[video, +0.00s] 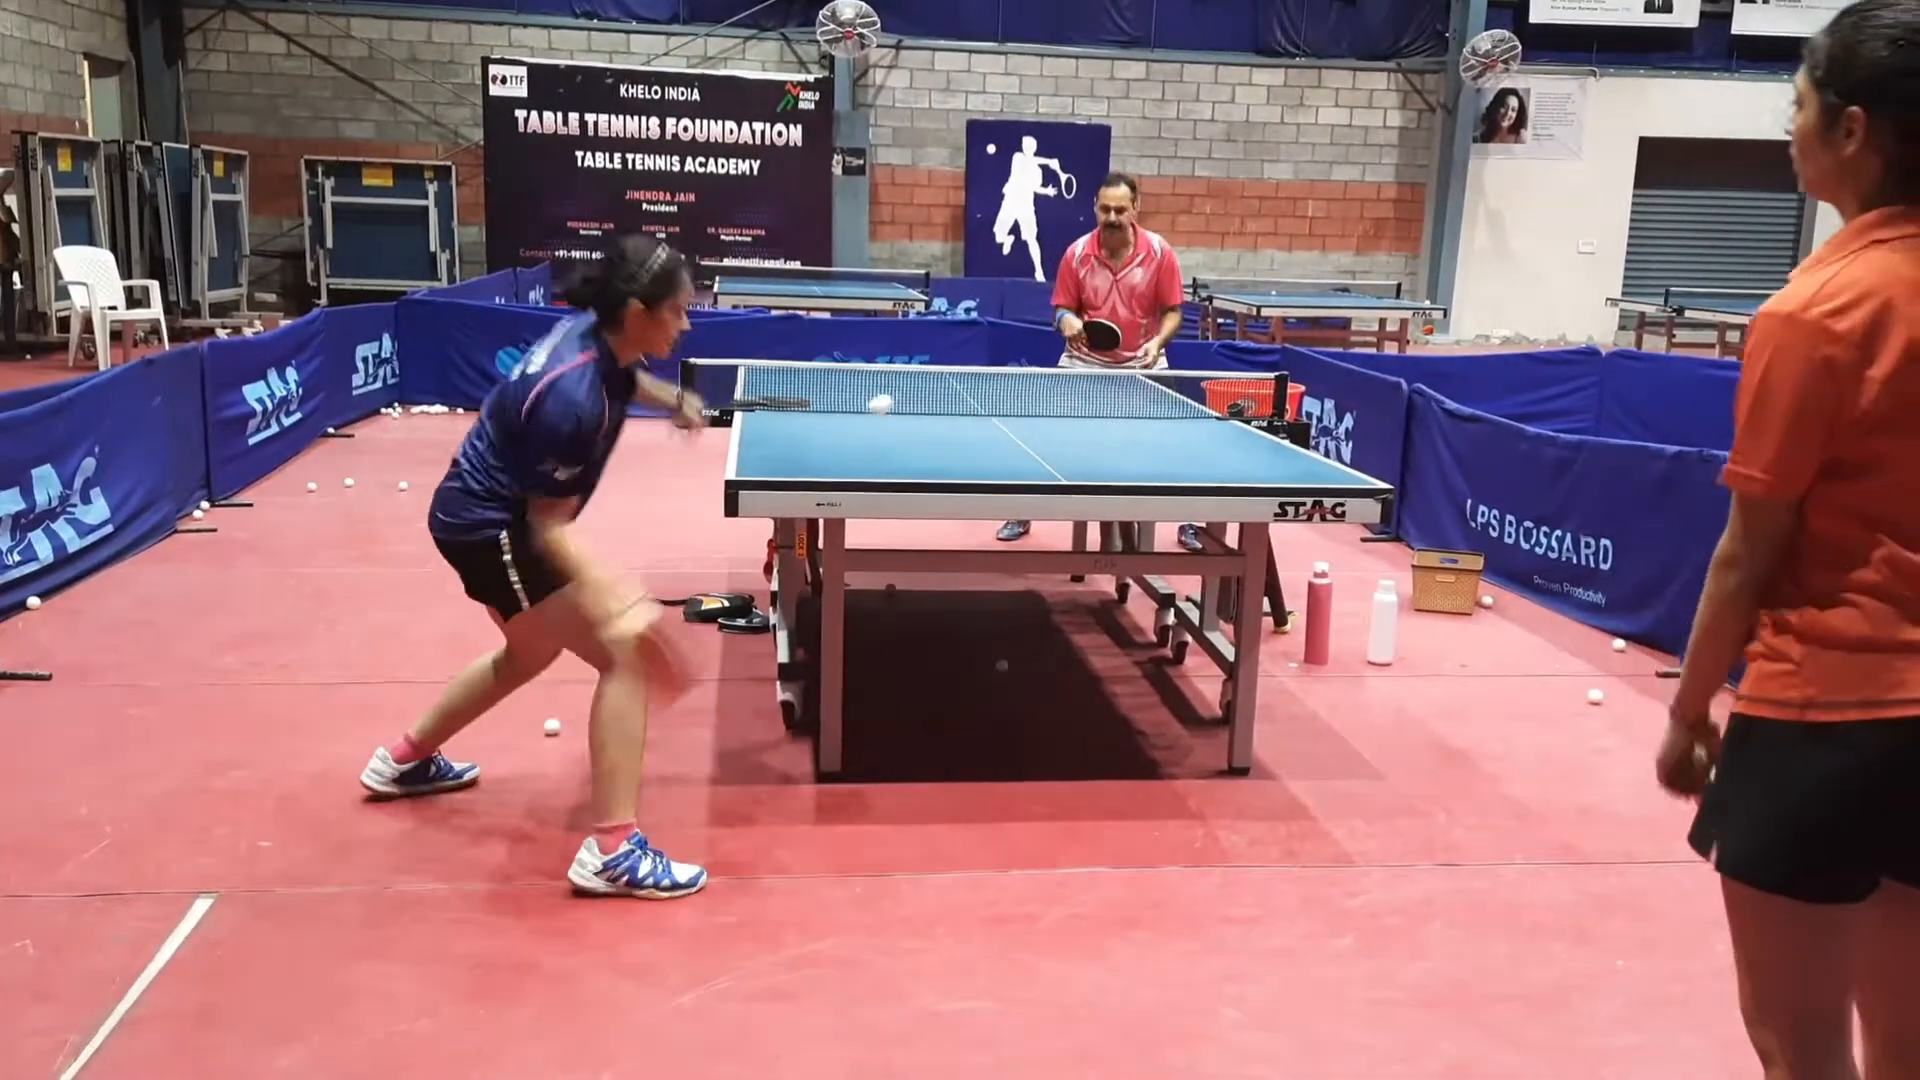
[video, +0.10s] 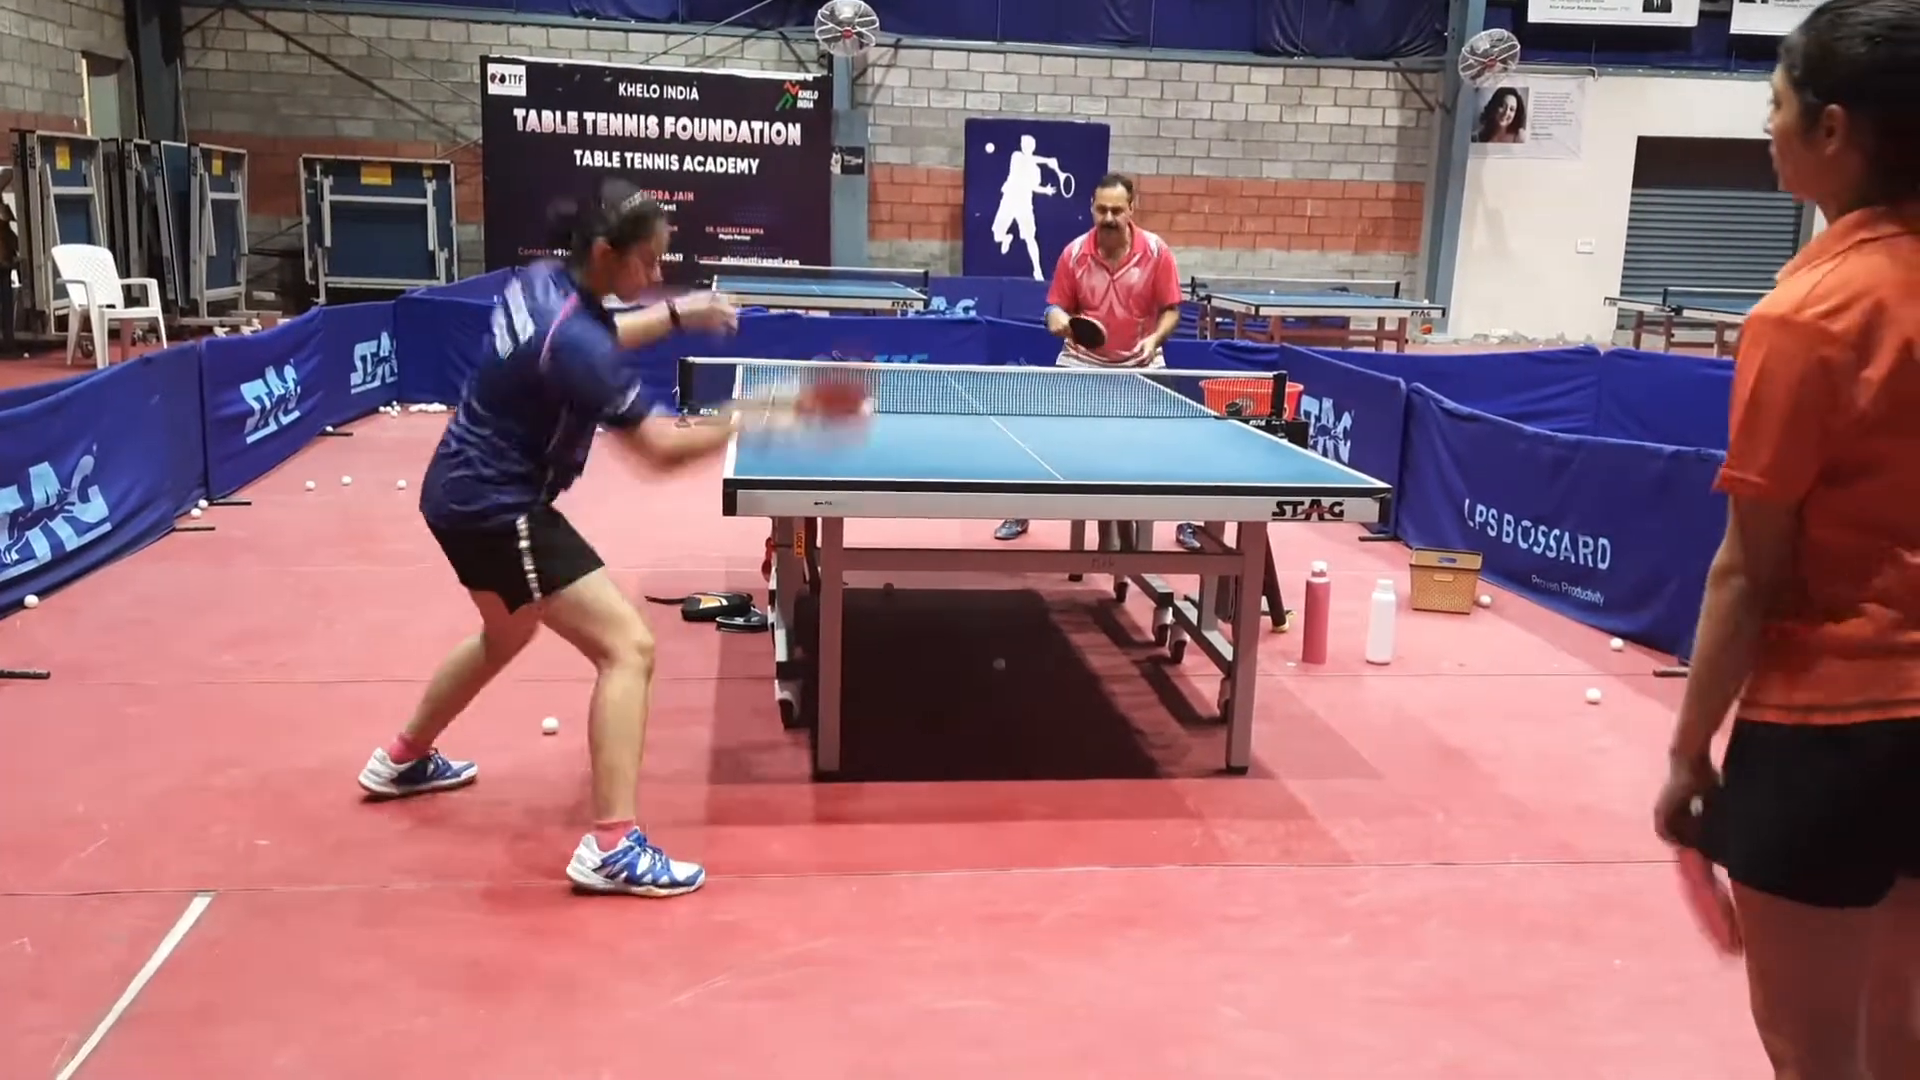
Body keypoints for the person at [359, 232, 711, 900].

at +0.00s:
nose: (685, 326)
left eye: (686, 311)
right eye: (679, 313)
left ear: (630, 310)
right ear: (635, 314)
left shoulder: (592, 328)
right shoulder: (574, 399)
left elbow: (616, 375)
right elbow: (550, 526)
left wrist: (675, 399)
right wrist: (615, 605)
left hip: (481, 512)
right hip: (490, 526)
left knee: (529, 651)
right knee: (627, 654)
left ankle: (404, 757)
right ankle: (614, 846)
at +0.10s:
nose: (656, 273)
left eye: (659, 258)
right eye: (650, 259)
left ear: (600, 249)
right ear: (606, 252)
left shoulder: (542, 279)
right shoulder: (576, 337)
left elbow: (596, 337)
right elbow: (661, 448)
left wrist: (681, 315)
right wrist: (750, 417)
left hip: (457, 494)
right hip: (499, 507)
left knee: (507, 632)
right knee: (628, 649)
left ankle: (403, 759)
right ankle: (613, 842)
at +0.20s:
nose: (647, 219)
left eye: (652, 208)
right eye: (641, 208)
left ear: (580, 202)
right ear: (598, 201)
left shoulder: (518, 235)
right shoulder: (601, 269)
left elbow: (577, 281)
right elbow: (729, 287)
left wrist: (639, 248)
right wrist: (729, 190)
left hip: (446, 470)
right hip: (514, 481)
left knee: (471, 613)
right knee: (617, 636)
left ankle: (406, 753)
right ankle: (618, 833)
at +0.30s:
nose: (633, 188)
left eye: (635, 175)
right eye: (626, 176)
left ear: (556, 172)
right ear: (598, 177)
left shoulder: (496, 220)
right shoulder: (605, 242)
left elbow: (565, 240)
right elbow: (710, 235)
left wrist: (616, 203)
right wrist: (663, 162)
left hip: (443, 456)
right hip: (530, 465)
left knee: (453, 607)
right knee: (624, 632)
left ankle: (407, 755)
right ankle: (633, 820)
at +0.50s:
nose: (589, 253)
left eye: (586, 241)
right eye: (586, 243)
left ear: (508, 243)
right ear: (571, 252)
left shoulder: (459, 301)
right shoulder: (587, 322)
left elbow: (462, 378)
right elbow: (678, 382)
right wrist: (674, 285)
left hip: (451, 528)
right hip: (550, 535)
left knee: (444, 628)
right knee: (654, 679)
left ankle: (392, 781)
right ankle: (664, 857)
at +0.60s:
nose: (595, 250)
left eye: (593, 237)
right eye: (592, 239)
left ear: (516, 238)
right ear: (576, 248)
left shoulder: (463, 297)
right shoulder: (590, 324)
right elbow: (668, 416)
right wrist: (696, 333)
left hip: (433, 517)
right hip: (530, 527)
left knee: (443, 623)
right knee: (640, 675)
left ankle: (391, 779)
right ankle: (662, 854)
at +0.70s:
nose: (623, 209)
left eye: (622, 197)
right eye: (619, 197)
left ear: (542, 195)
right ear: (596, 206)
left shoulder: (498, 244)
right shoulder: (594, 296)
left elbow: (533, 326)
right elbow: (628, 417)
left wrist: (615, 333)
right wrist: (701, 391)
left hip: (411, 472)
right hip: (500, 483)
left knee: (436, 615)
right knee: (598, 645)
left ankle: (390, 776)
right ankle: (643, 840)